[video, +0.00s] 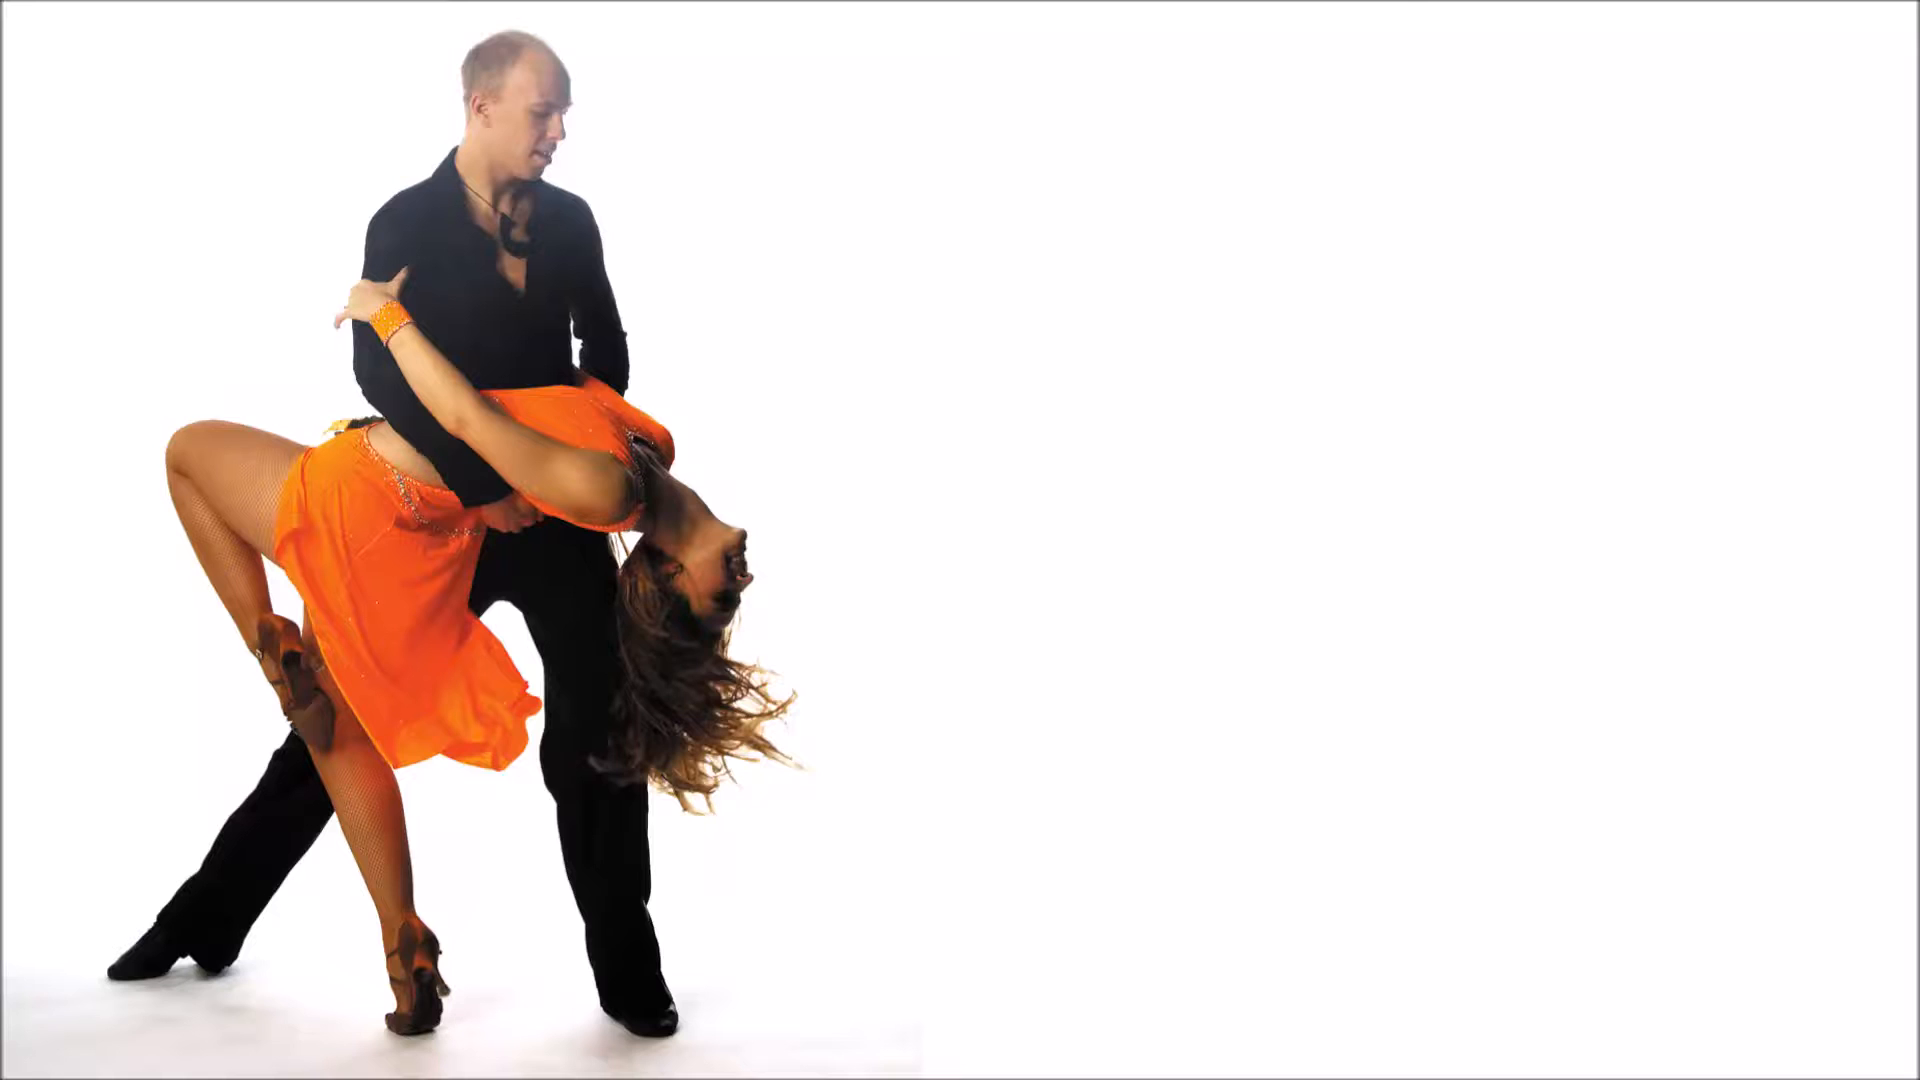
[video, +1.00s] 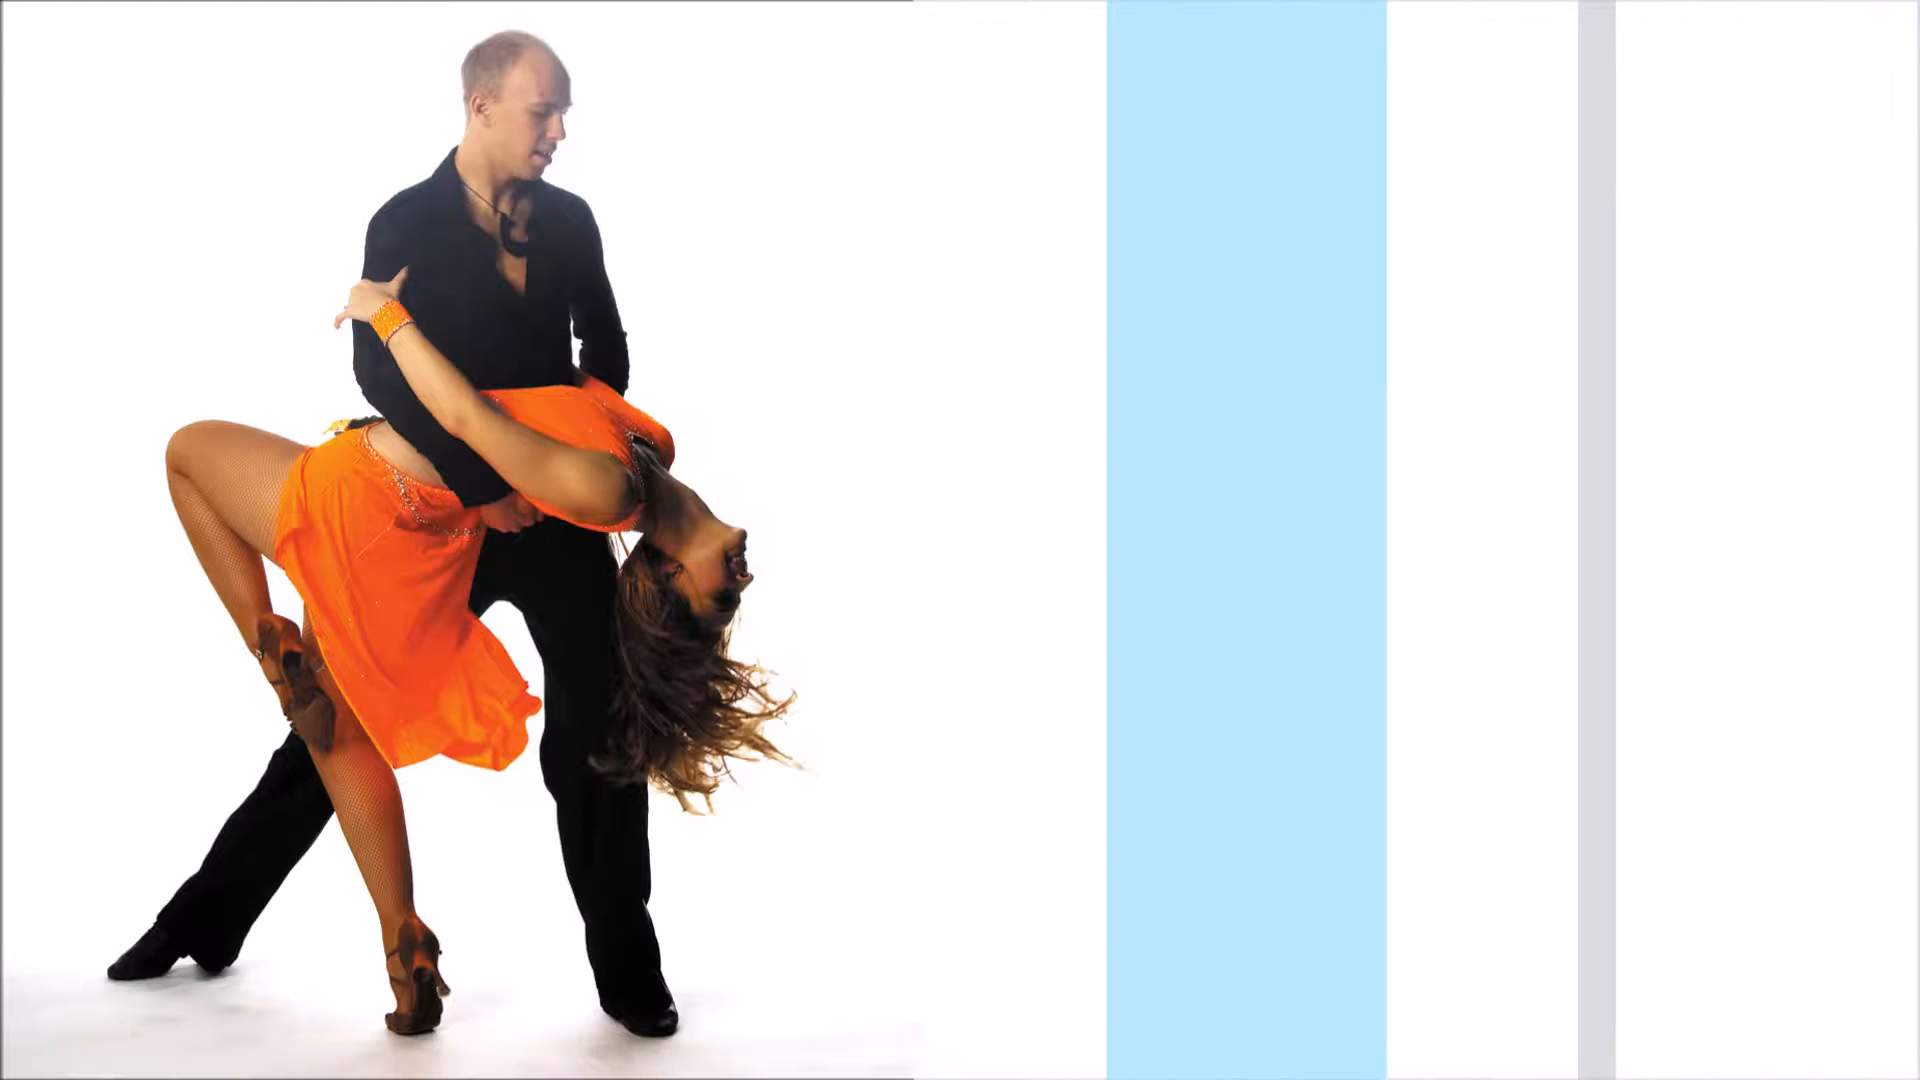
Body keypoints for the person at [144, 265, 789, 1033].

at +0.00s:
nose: (737, 551)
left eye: (720, 570)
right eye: (742, 566)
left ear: (658, 577)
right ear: (713, 555)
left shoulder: (602, 489)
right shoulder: (641, 484)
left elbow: (461, 414)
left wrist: (384, 315)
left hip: (355, 503)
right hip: (422, 536)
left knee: (190, 453)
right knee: (338, 728)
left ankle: (269, 645)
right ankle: (404, 936)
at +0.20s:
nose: (740, 555)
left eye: (723, 573)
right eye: (745, 569)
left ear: (655, 579)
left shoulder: (602, 488)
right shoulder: (642, 482)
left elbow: (462, 413)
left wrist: (385, 315)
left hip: (355, 504)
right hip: (420, 534)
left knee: (190, 453)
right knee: (338, 728)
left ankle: (268, 644)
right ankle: (403, 934)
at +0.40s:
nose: (738, 548)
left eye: (721, 568)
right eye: (743, 565)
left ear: (657, 578)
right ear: (712, 554)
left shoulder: (601, 489)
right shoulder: (642, 483)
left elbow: (462, 413)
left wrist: (385, 315)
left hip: (356, 504)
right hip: (423, 535)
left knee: (190, 454)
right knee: (339, 730)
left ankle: (268, 643)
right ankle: (403, 936)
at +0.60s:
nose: (737, 549)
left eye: (716, 571)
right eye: (741, 566)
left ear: (661, 575)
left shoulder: (602, 489)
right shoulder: (641, 477)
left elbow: (464, 413)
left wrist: (383, 315)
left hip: (358, 500)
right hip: (424, 531)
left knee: (190, 455)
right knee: (340, 730)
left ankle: (270, 644)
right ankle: (403, 936)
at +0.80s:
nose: (738, 550)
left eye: (717, 572)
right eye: (742, 567)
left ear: (660, 577)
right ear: (717, 553)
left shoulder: (601, 489)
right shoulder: (641, 480)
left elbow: (464, 413)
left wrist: (385, 316)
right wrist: (399, 325)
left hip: (356, 501)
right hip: (423, 534)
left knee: (190, 454)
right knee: (340, 727)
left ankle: (269, 643)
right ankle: (403, 935)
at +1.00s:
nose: (738, 549)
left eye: (716, 571)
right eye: (741, 566)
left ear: (661, 576)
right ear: (711, 554)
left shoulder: (601, 489)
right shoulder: (640, 478)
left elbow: (464, 413)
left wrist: (385, 315)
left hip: (356, 501)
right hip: (422, 533)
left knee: (190, 454)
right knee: (339, 729)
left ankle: (269, 644)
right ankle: (403, 936)